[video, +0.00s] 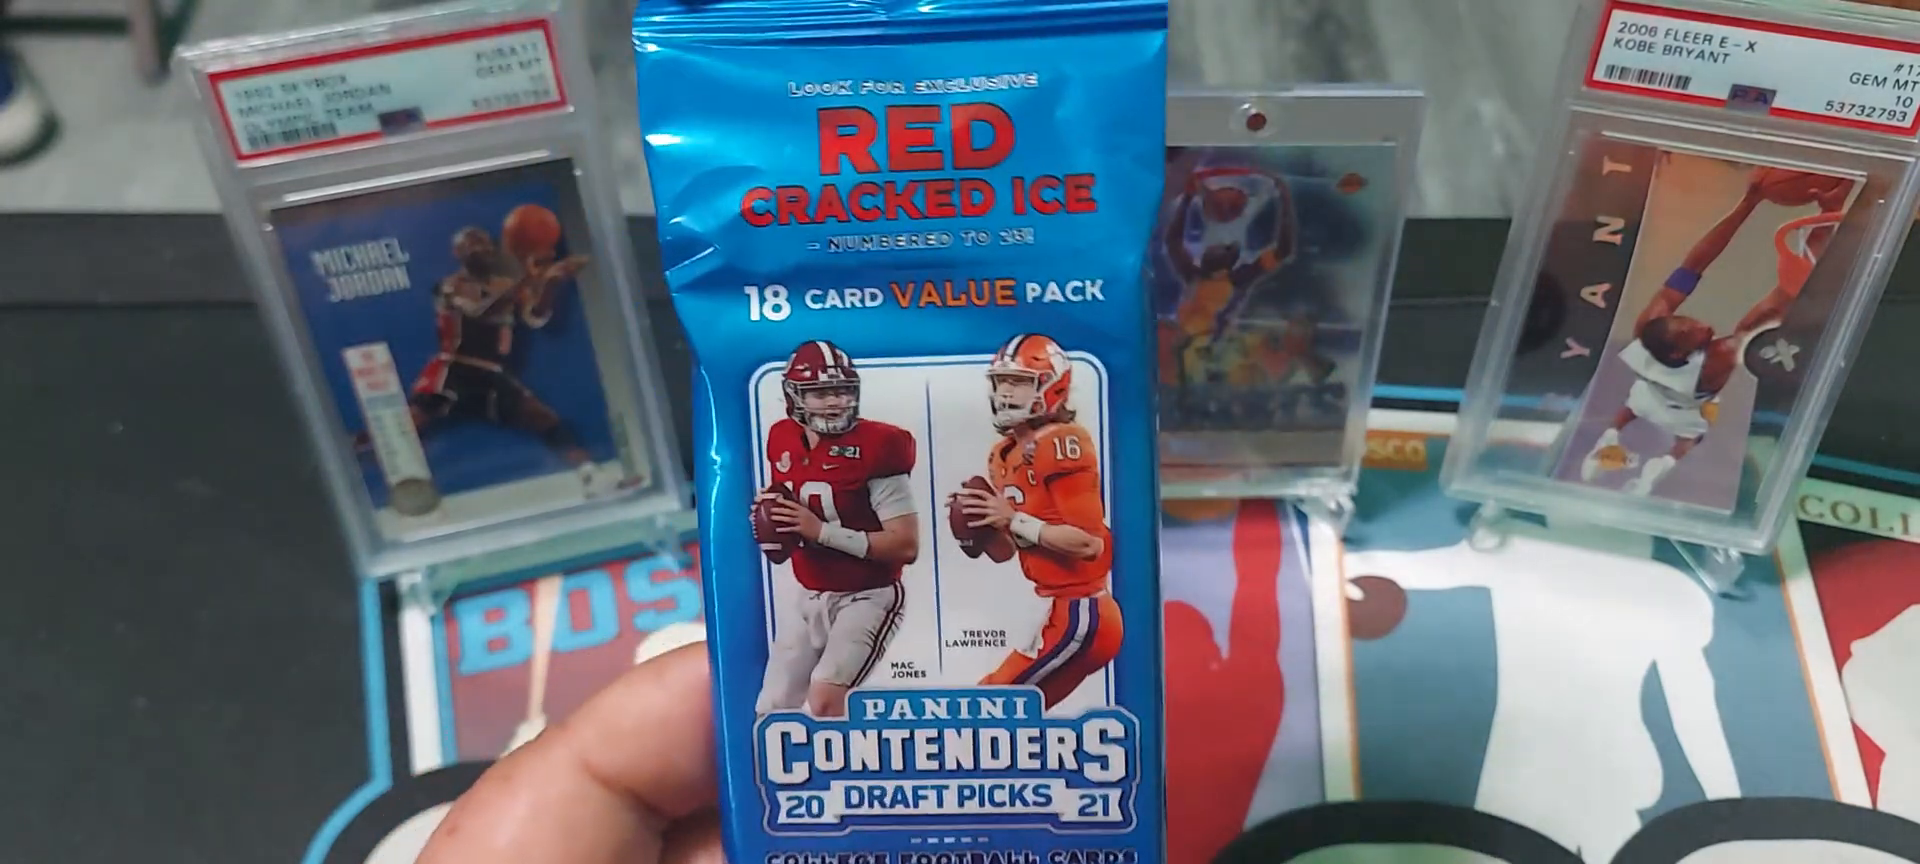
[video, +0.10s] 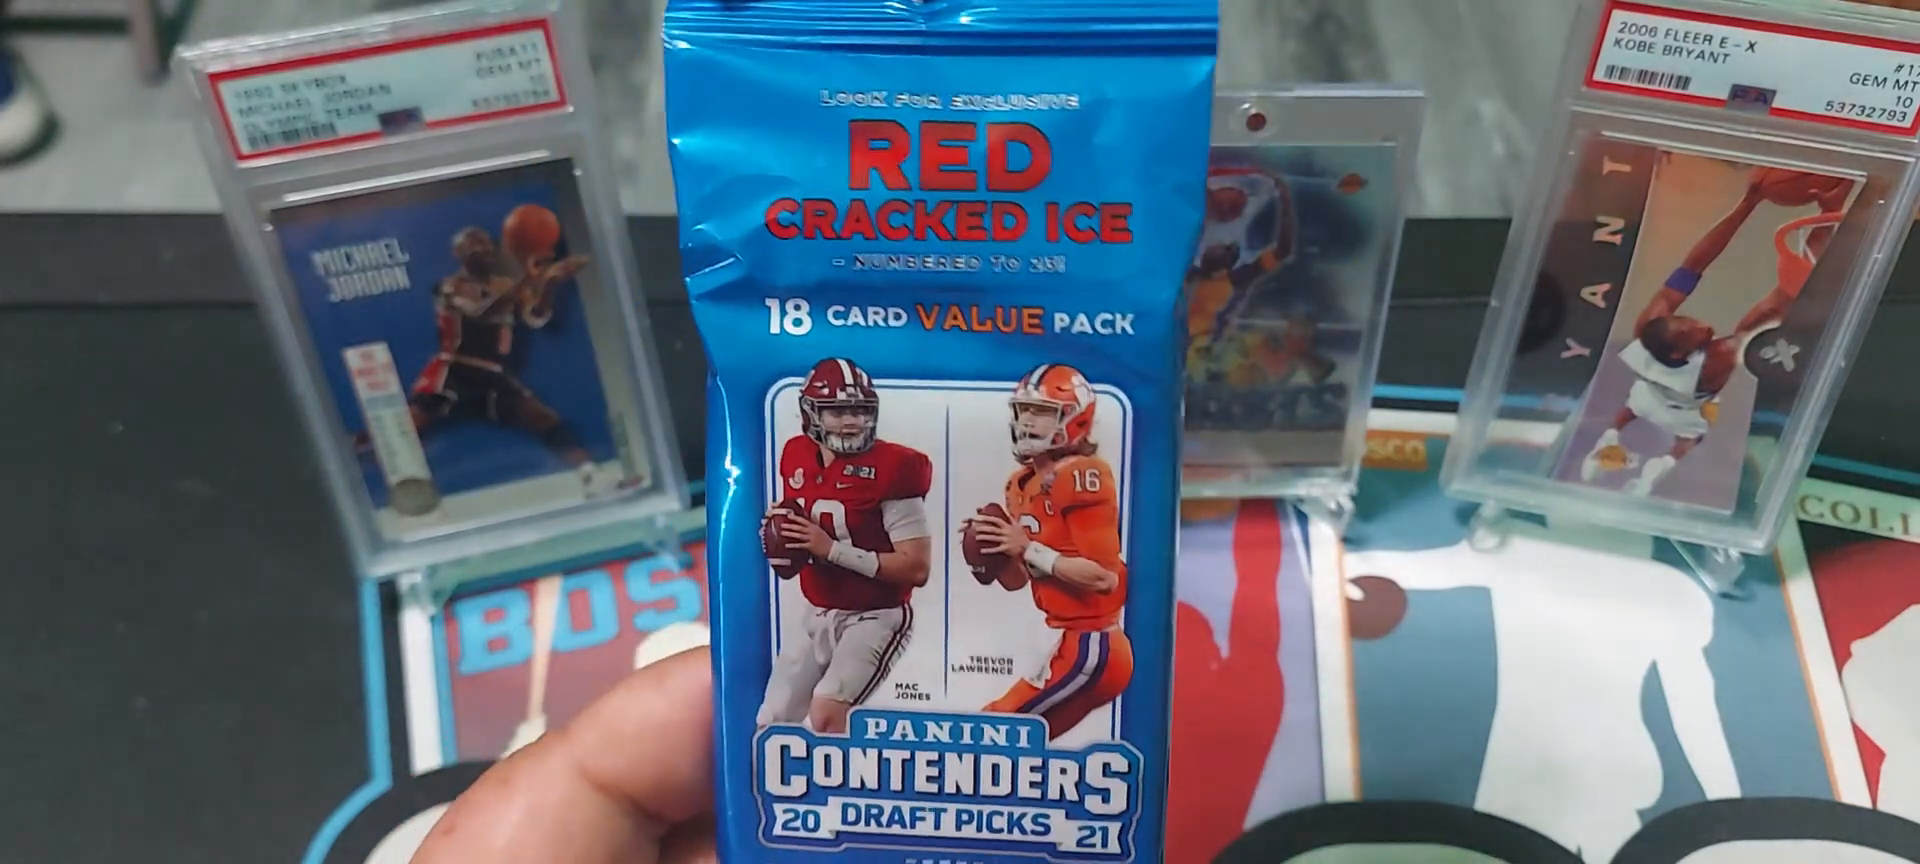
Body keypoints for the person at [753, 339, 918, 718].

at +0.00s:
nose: (833, 403)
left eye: (842, 392)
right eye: (821, 394)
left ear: (854, 394)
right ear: (796, 397)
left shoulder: (879, 446)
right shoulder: (783, 438)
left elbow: (906, 545)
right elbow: (784, 503)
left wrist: (820, 531)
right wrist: (767, 514)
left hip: (869, 598)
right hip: (807, 598)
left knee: (824, 699)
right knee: (772, 709)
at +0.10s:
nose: (850, 421)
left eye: (859, 411)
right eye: (838, 411)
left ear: (871, 413)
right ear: (813, 413)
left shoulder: (896, 467)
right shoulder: (797, 455)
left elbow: (917, 569)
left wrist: (830, 549)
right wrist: (778, 529)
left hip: (877, 618)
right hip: (815, 617)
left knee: (825, 715)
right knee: (772, 722)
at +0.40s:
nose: (822, 456)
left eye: (831, 446)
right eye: (810, 446)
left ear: (844, 448)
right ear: (785, 448)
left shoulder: (869, 501)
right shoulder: (769, 488)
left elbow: (888, 598)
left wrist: (800, 577)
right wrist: (749, 564)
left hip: (850, 645)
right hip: (790, 642)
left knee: (799, 737)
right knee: (747, 742)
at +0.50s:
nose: (797, 488)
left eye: (805, 478)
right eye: (784, 478)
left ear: (818, 480)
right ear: (759, 482)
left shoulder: (847, 532)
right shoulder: (745, 521)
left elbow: (872, 624)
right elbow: (745, 621)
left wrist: (784, 606)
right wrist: (728, 595)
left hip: (836, 669)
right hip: (775, 667)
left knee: (789, 755)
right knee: (736, 763)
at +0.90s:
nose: (828, 453)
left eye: (838, 443)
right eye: (817, 442)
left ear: (849, 447)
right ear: (792, 444)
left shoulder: (864, 502)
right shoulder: (774, 488)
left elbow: (885, 593)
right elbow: (758, 577)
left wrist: (798, 567)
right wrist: (744, 552)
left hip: (843, 635)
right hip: (783, 629)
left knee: (787, 713)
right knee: (731, 719)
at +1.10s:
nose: (779, 364)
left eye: (788, 354)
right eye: (768, 355)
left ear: (800, 356)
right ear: (745, 358)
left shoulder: (822, 408)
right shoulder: (731, 397)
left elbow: (842, 507)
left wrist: (761, 488)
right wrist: (712, 477)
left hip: (805, 558)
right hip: (749, 557)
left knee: (759, 650)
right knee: (706, 662)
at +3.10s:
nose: (787, 346)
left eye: (795, 335)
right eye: (775, 336)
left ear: (808, 336)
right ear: (750, 339)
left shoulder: (837, 390)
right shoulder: (736, 382)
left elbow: (864, 499)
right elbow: (739, 457)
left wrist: (776, 481)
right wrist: (722, 467)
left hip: (828, 555)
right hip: (766, 557)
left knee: (780, 669)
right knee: (726, 678)